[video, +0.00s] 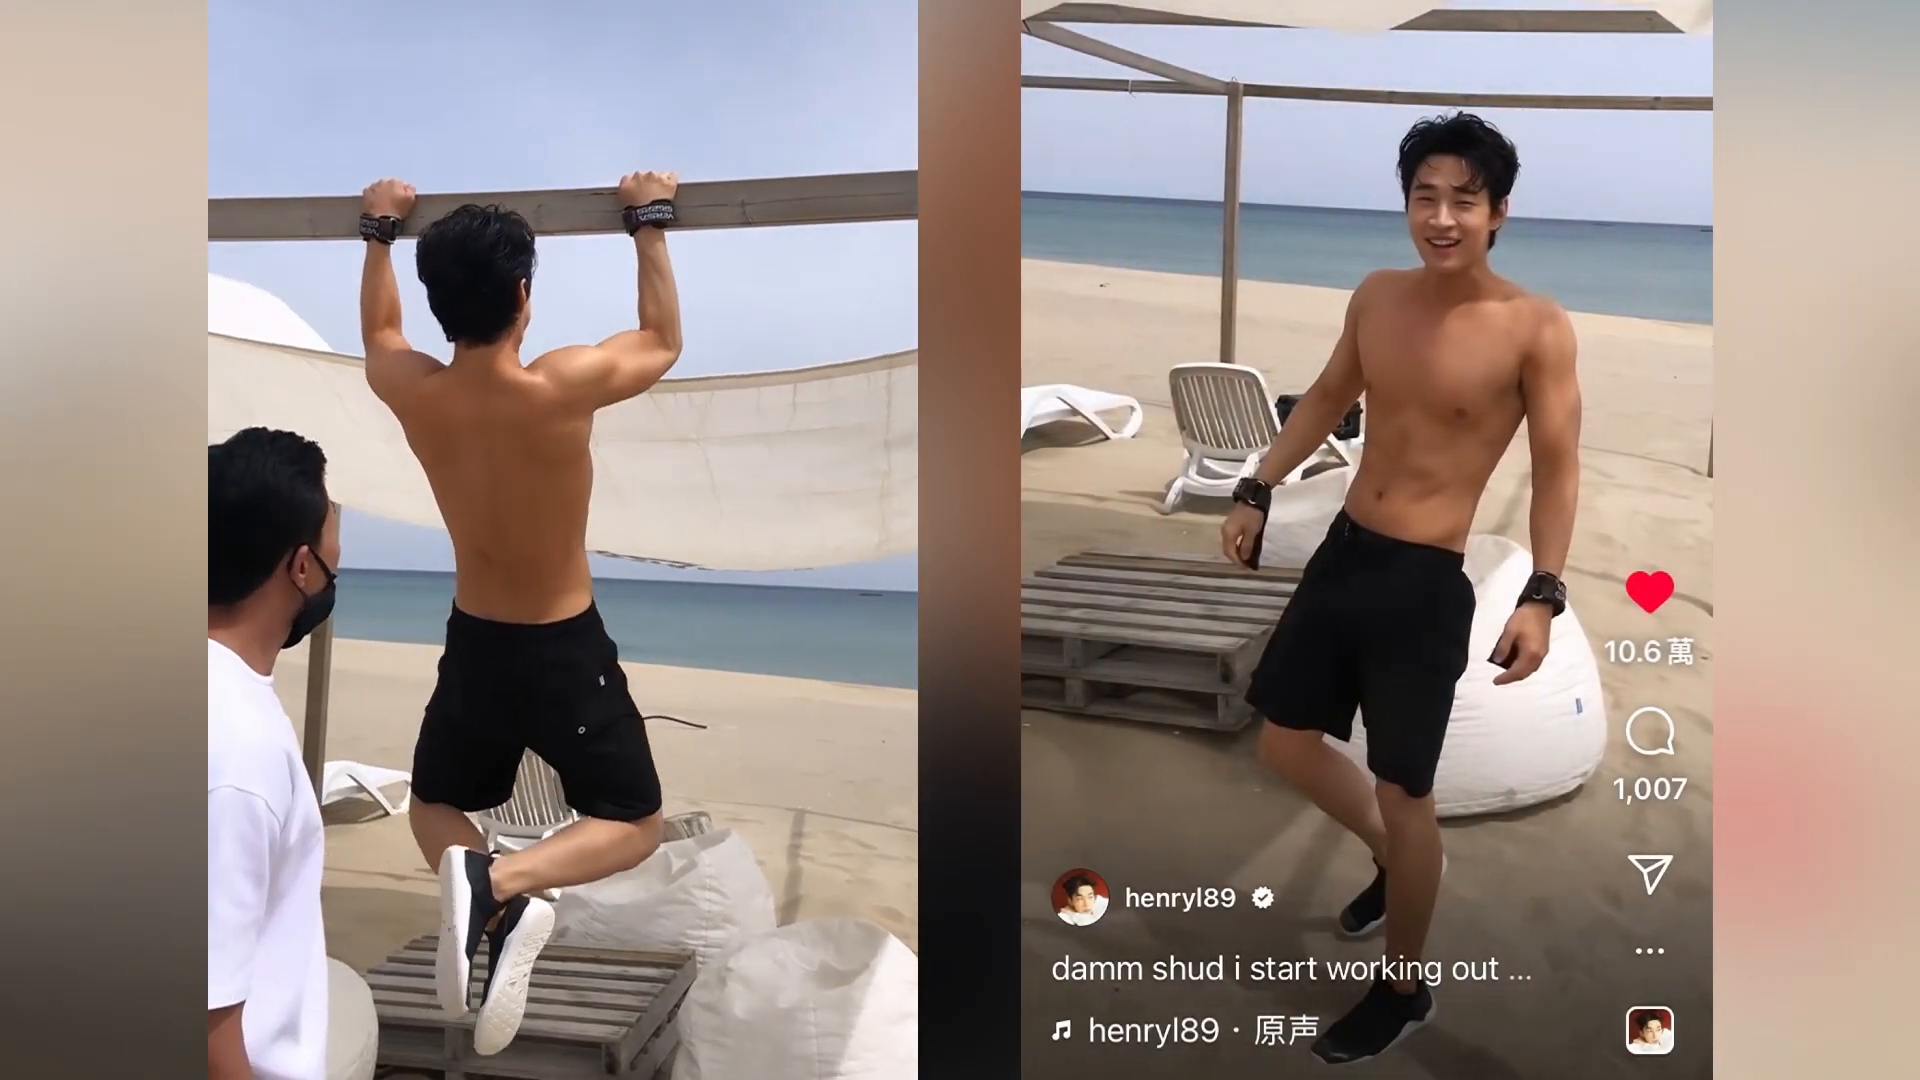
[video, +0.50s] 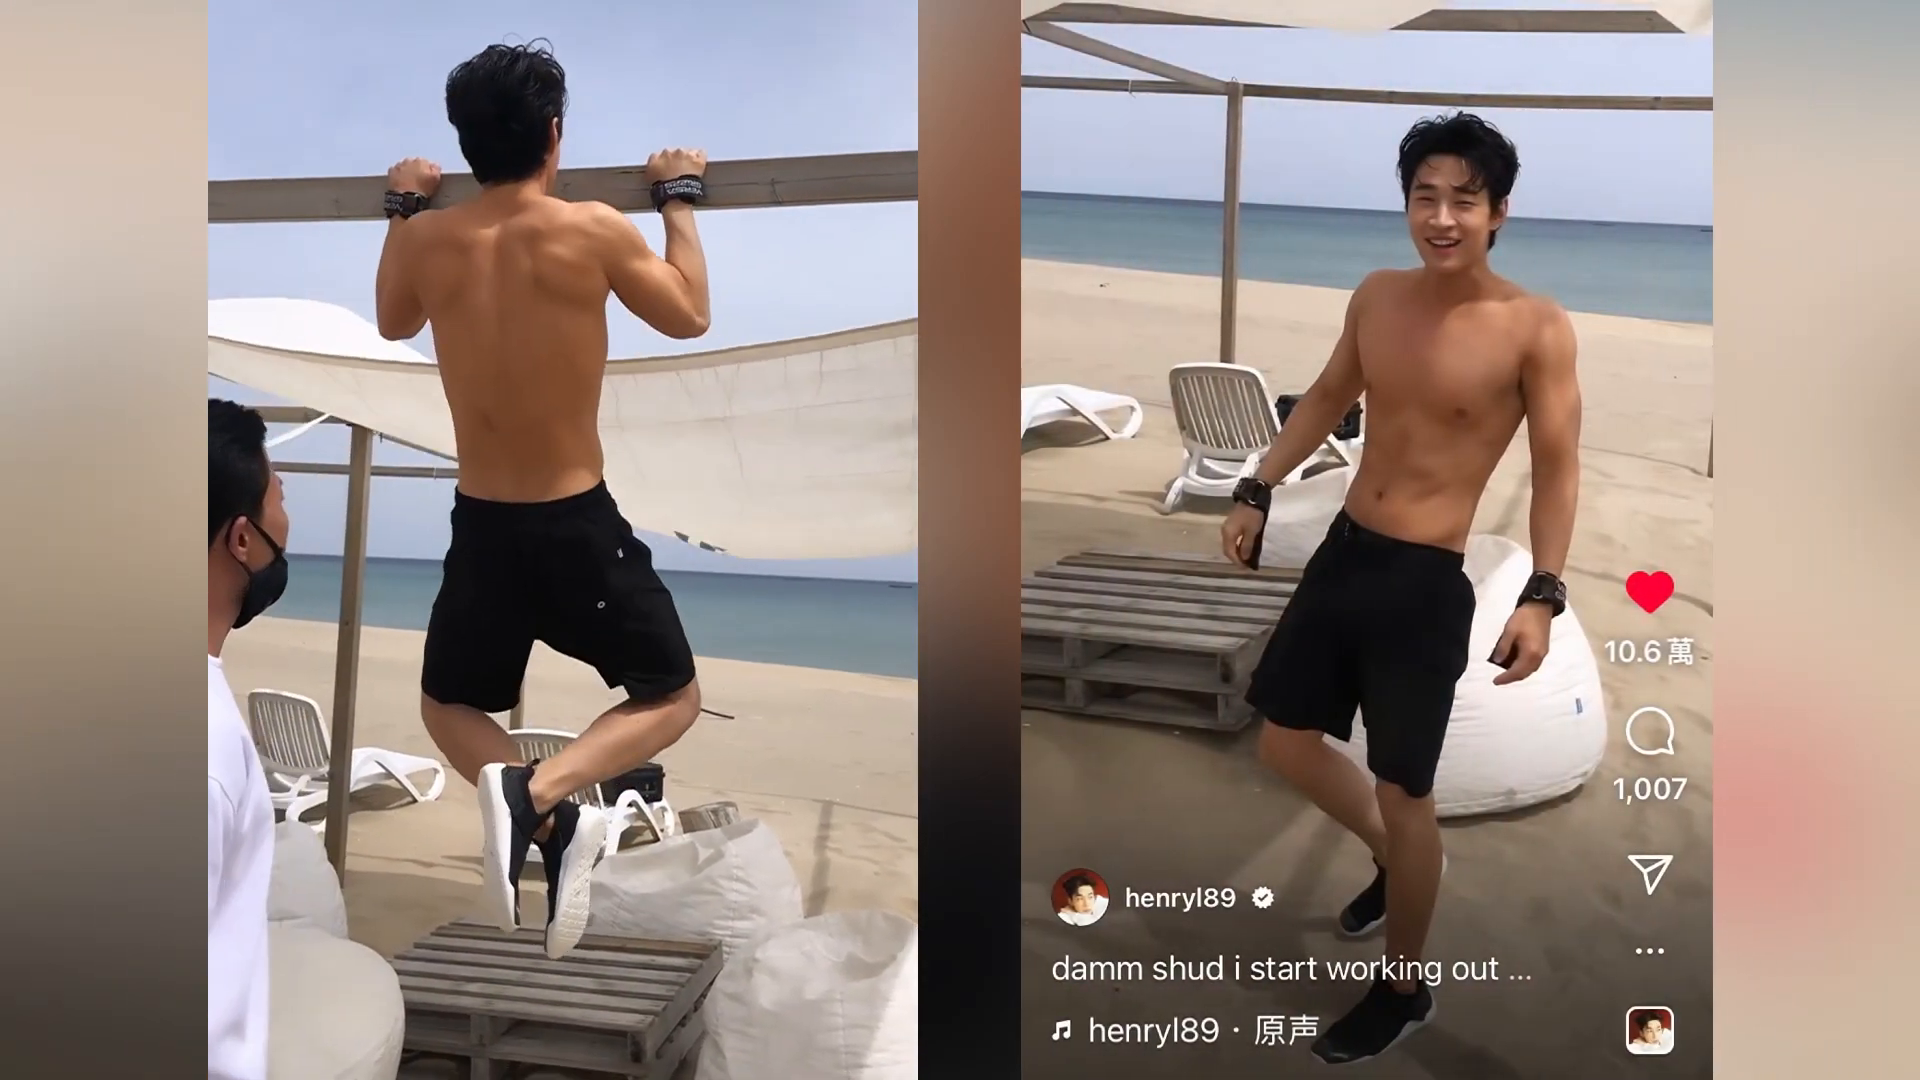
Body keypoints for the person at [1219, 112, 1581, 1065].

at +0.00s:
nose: (1440, 216)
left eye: (1462, 198)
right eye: (1424, 197)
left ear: (1498, 210)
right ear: (1406, 208)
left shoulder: (1534, 328)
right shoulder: (1378, 297)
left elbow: (1556, 468)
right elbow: (1329, 398)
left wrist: (1540, 595)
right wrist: (1256, 484)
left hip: (1427, 579)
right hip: (1345, 554)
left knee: (1402, 799)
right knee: (1284, 742)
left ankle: (1402, 981)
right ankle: (1398, 847)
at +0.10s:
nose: (1440, 216)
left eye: (1462, 198)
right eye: (1424, 197)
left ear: (1498, 210)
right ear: (1406, 208)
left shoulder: (1534, 328)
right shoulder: (1378, 297)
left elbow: (1556, 468)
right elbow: (1329, 398)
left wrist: (1540, 595)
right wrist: (1256, 484)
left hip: (1427, 579)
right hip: (1345, 554)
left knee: (1402, 799)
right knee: (1284, 742)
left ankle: (1402, 981)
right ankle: (1398, 847)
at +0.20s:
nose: (1440, 216)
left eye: (1462, 198)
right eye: (1425, 197)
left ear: (1498, 210)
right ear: (1406, 208)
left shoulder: (1534, 327)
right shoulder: (1378, 297)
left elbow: (1556, 468)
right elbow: (1330, 397)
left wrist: (1540, 595)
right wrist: (1256, 484)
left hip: (1427, 579)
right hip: (1345, 554)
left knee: (1402, 798)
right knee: (1284, 742)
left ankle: (1402, 982)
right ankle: (1398, 847)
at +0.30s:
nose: (1440, 216)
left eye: (1462, 198)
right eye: (1424, 197)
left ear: (1498, 210)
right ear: (1406, 208)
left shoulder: (1534, 328)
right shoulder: (1378, 297)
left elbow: (1556, 468)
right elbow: (1329, 398)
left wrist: (1540, 595)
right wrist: (1256, 484)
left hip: (1427, 579)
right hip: (1345, 554)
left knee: (1402, 799)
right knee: (1284, 742)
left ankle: (1402, 981)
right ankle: (1398, 847)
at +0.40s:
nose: (1440, 216)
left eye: (1462, 198)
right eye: (1424, 197)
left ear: (1498, 210)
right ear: (1406, 208)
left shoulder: (1534, 328)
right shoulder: (1378, 297)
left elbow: (1556, 468)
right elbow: (1329, 398)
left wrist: (1540, 595)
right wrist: (1256, 484)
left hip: (1427, 579)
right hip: (1345, 554)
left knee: (1402, 799)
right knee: (1284, 742)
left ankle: (1402, 981)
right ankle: (1398, 847)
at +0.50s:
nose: (1440, 216)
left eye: (1462, 198)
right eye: (1424, 197)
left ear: (1498, 210)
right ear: (1406, 208)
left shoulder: (1534, 328)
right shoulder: (1378, 297)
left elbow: (1556, 468)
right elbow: (1329, 398)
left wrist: (1540, 595)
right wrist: (1256, 484)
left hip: (1427, 579)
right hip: (1345, 554)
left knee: (1402, 799)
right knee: (1284, 742)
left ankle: (1402, 981)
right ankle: (1398, 847)